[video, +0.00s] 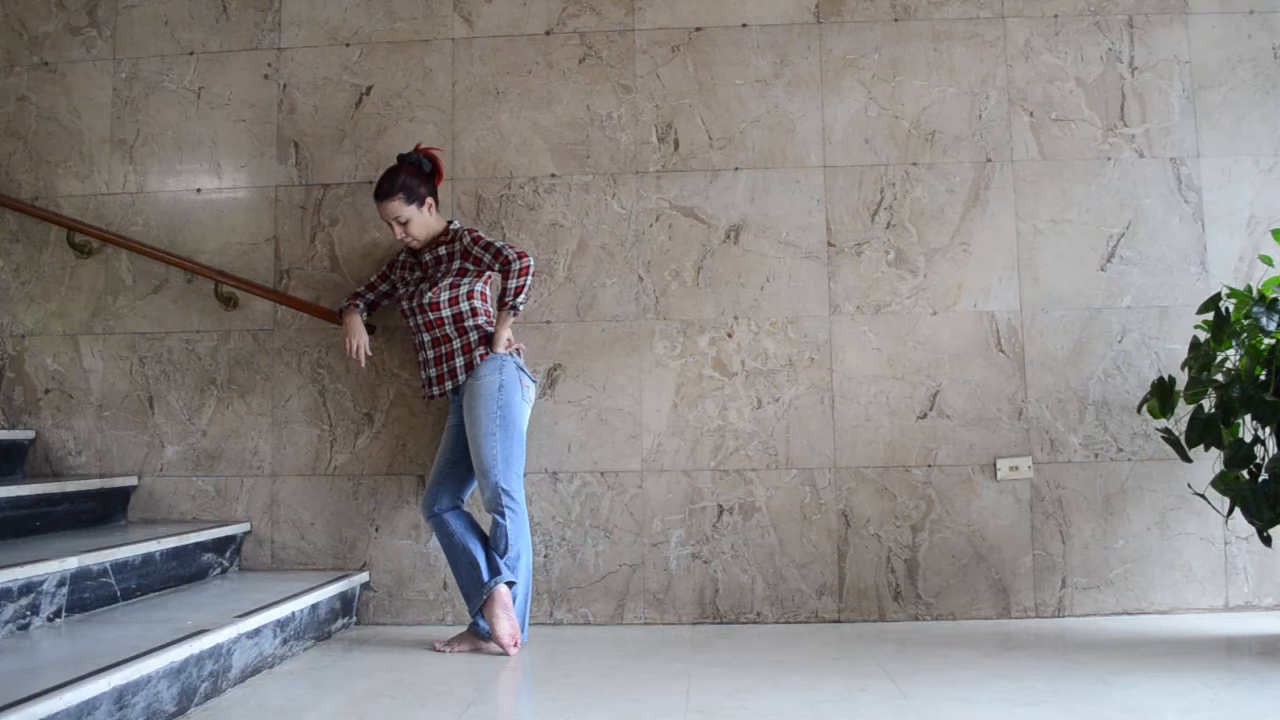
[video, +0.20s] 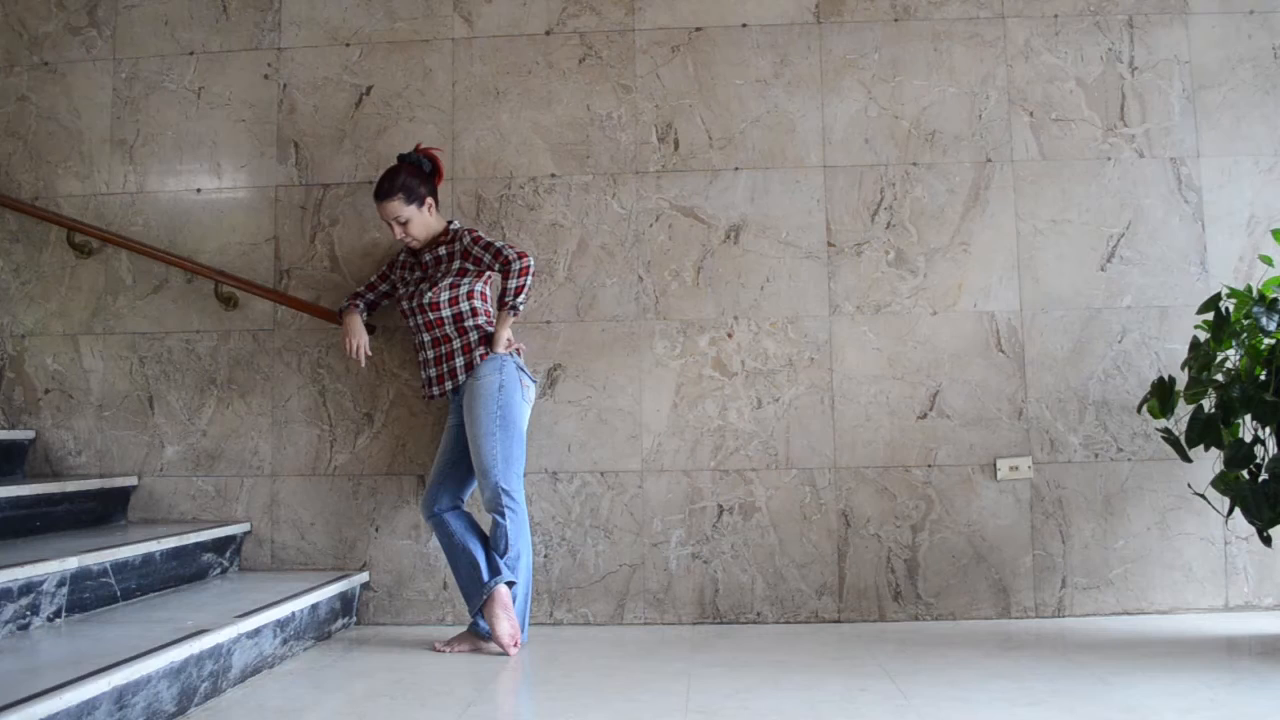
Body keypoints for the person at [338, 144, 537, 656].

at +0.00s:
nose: (398, 233)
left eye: (402, 221)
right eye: (390, 225)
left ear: (429, 203)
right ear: (390, 220)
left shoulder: (465, 241)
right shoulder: (406, 263)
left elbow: (518, 262)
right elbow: (364, 297)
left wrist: (506, 321)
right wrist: (353, 317)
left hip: (493, 371)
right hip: (461, 393)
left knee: (501, 492)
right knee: (440, 502)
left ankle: (501, 628)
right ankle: (494, 597)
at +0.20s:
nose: (398, 233)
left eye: (402, 221)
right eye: (390, 225)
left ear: (429, 203)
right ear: (390, 220)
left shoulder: (465, 241)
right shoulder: (406, 263)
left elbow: (518, 262)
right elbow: (364, 297)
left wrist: (506, 321)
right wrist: (353, 317)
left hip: (493, 371)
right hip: (461, 393)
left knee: (501, 492)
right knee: (440, 502)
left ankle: (502, 628)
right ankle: (494, 597)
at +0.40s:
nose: (398, 233)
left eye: (402, 221)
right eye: (390, 225)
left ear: (429, 203)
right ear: (390, 220)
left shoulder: (465, 241)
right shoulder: (406, 263)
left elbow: (518, 262)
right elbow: (364, 297)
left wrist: (507, 321)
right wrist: (353, 317)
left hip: (493, 371)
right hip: (461, 392)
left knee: (501, 492)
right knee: (440, 502)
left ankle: (502, 628)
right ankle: (494, 597)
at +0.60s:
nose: (398, 233)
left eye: (402, 221)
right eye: (390, 225)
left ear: (429, 203)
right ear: (390, 220)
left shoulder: (465, 241)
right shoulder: (405, 263)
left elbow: (518, 262)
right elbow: (364, 297)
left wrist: (507, 321)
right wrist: (353, 317)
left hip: (493, 371)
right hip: (461, 392)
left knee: (501, 492)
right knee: (440, 502)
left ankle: (501, 628)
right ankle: (494, 597)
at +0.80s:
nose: (397, 232)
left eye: (401, 220)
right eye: (389, 224)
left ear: (428, 203)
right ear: (390, 219)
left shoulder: (464, 240)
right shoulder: (405, 263)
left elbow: (518, 261)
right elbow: (364, 297)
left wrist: (506, 321)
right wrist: (352, 316)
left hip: (493, 371)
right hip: (461, 392)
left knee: (500, 493)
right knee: (437, 499)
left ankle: (501, 628)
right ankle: (494, 594)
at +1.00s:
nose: (397, 231)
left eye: (400, 219)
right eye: (389, 223)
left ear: (428, 202)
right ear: (391, 218)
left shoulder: (464, 239)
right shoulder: (405, 262)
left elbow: (517, 261)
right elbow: (364, 297)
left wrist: (505, 322)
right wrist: (352, 316)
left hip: (493, 371)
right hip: (460, 392)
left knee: (500, 492)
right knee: (430, 496)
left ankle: (499, 628)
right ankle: (494, 591)